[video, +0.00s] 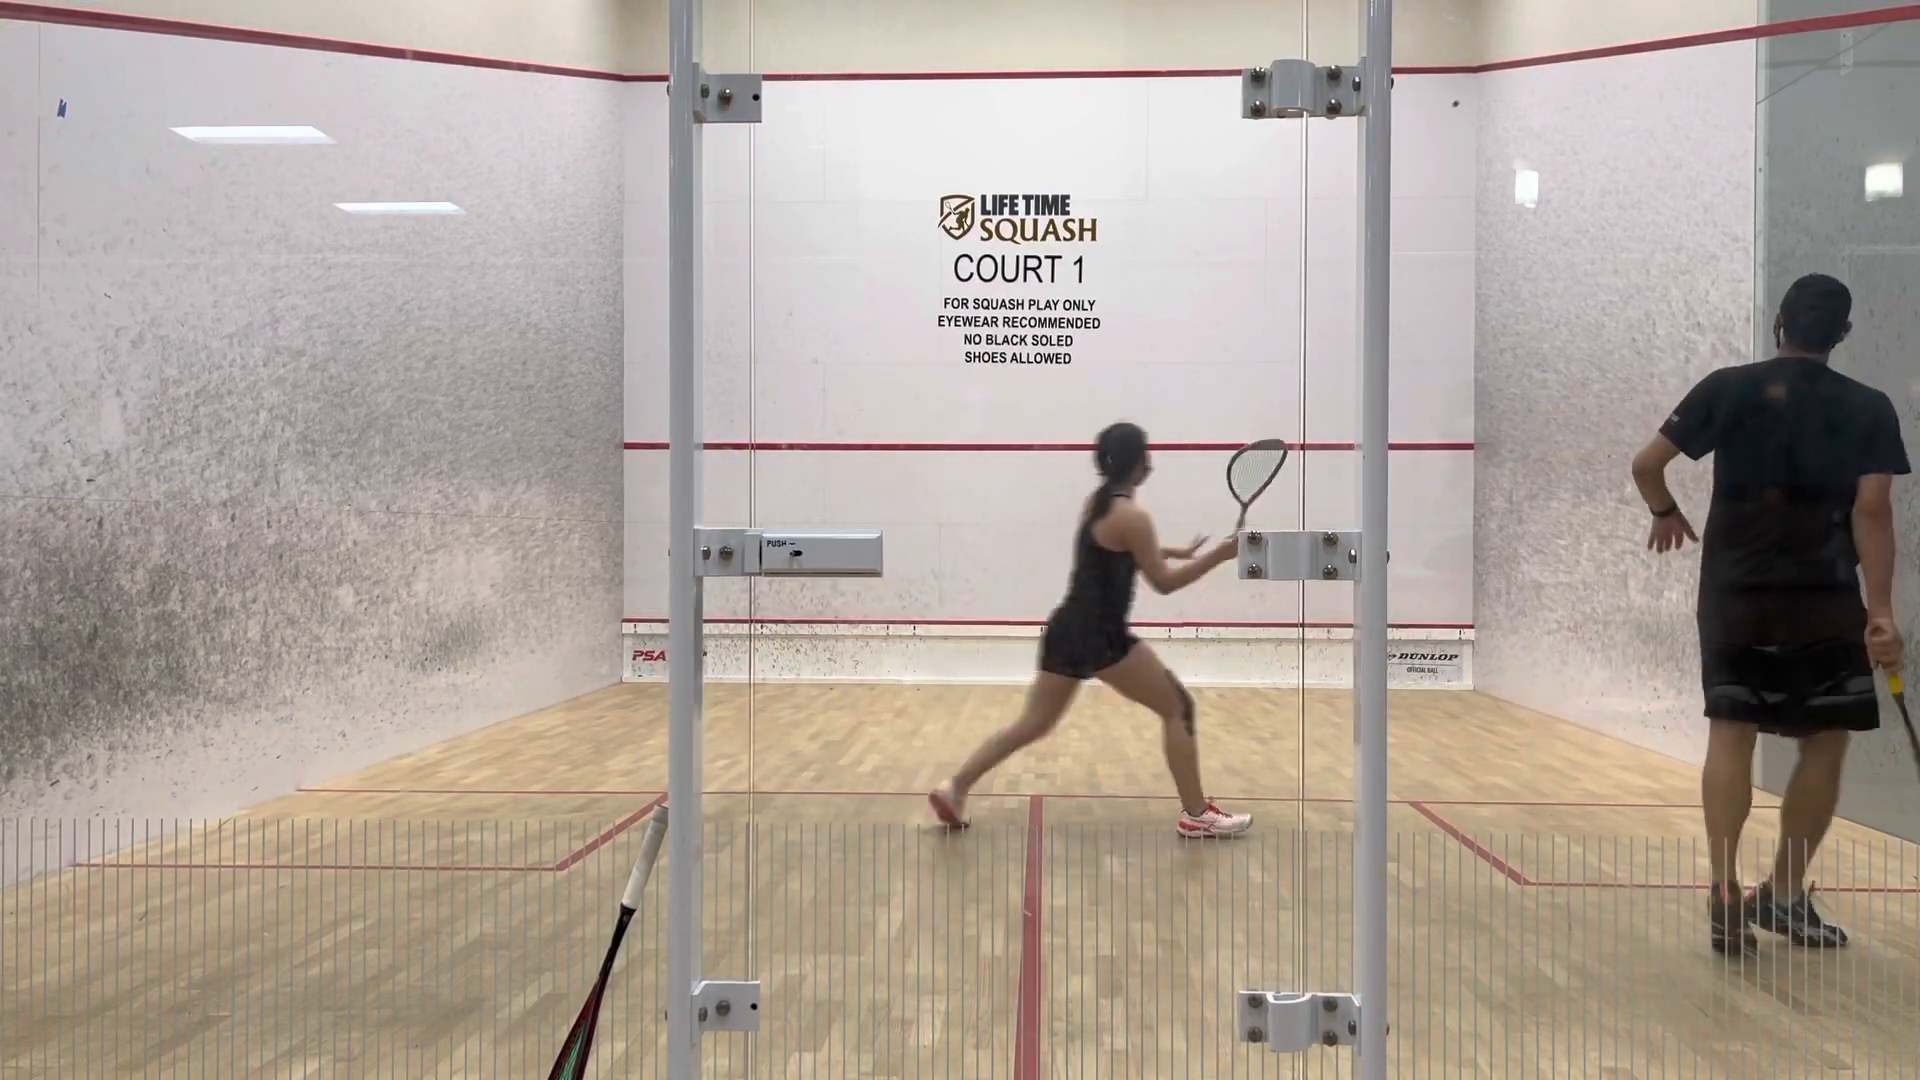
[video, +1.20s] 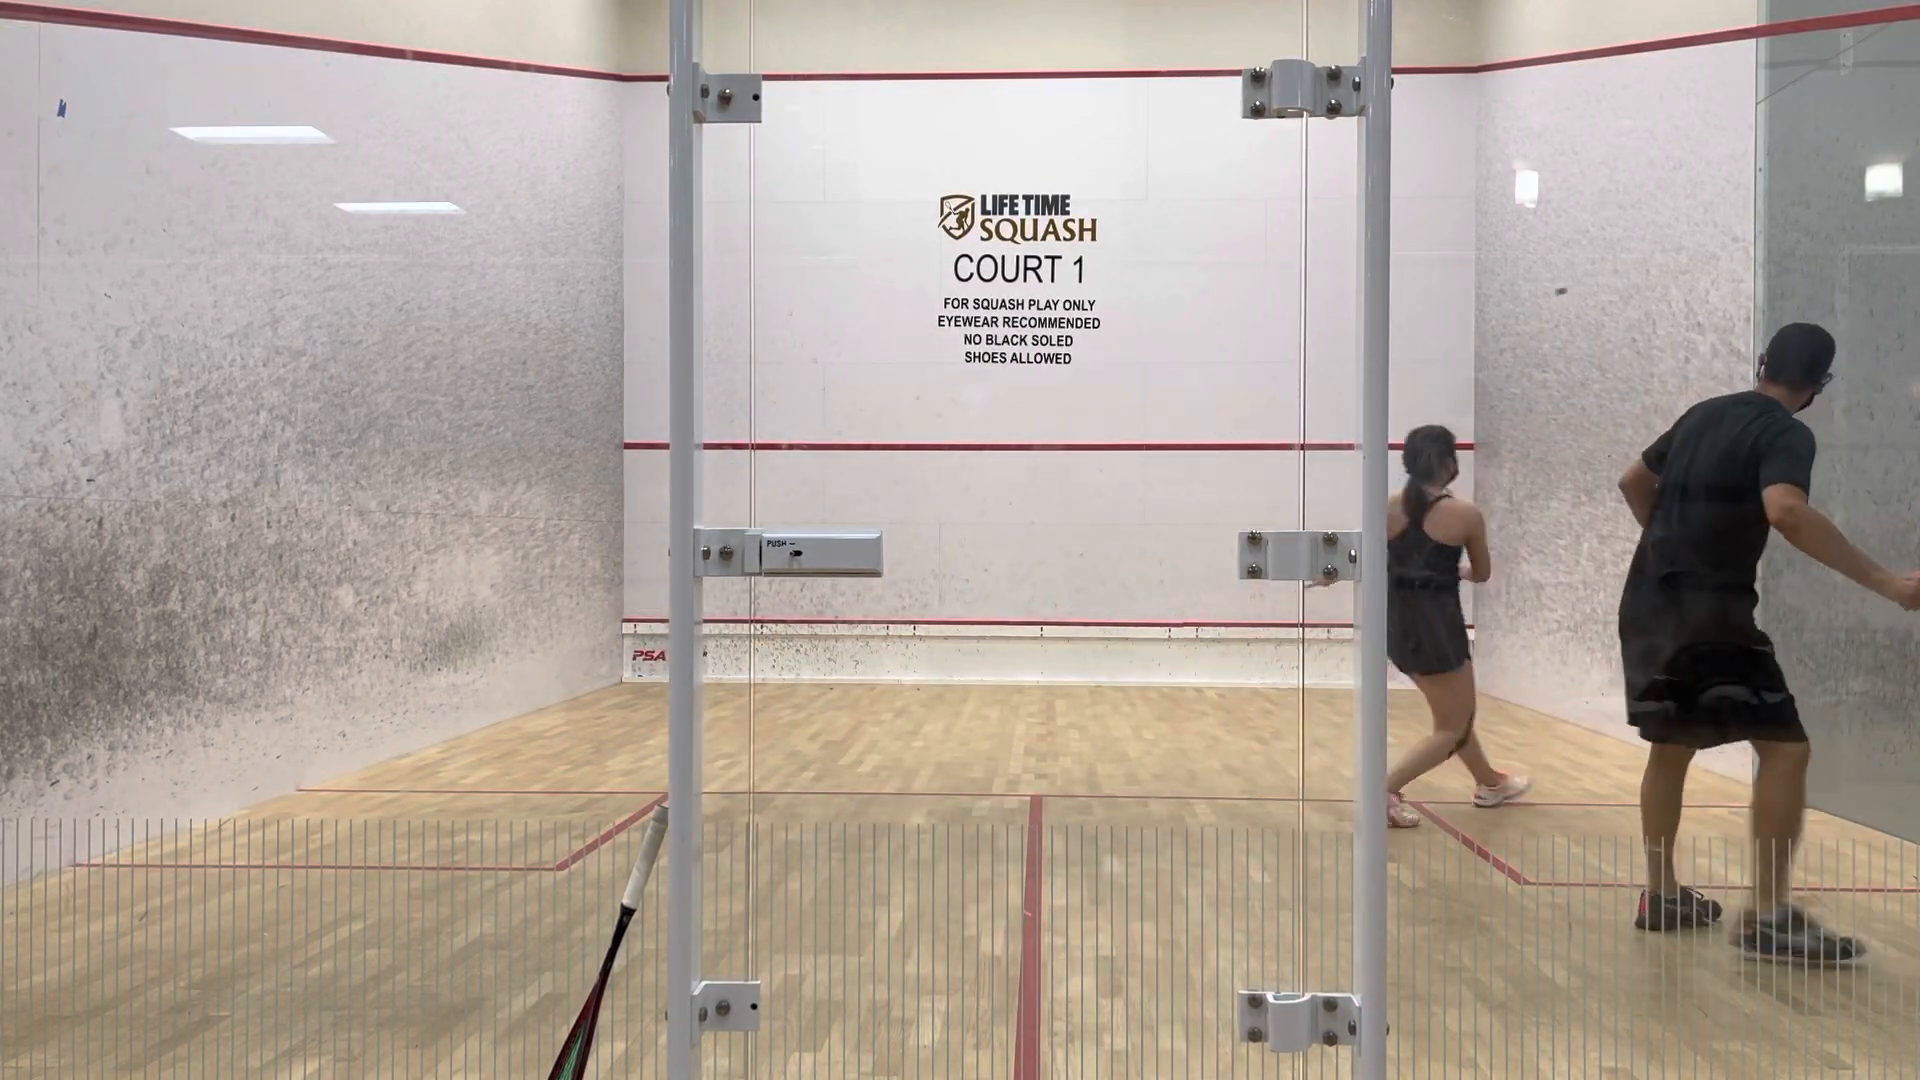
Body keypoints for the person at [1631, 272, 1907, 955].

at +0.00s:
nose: (1817, 336)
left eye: (1797, 320)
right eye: (1838, 329)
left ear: (1780, 325)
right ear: (1843, 334)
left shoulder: (1727, 387)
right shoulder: (1868, 407)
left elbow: (1646, 463)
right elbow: (1872, 509)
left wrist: (1664, 508)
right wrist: (1880, 611)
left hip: (1731, 607)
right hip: (1822, 612)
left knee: (1730, 736)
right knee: (1824, 745)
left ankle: (1723, 893)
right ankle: (1787, 893)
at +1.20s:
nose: (1819, 392)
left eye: (1818, 382)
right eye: (1821, 383)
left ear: (1761, 366)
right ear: (1816, 385)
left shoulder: (1702, 413)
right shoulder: (1786, 433)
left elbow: (1636, 482)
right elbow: (1785, 509)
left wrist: (1677, 548)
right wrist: (1885, 581)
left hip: (1648, 617)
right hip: (1715, 619)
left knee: (1671, 745)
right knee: (1784, 749)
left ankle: (1660, 893)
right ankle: (1769, 912)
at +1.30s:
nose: (1813, 389)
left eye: (1809, 378)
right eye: (1815, 380)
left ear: (1752, 367)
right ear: (1810, 384)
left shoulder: (1695, 412)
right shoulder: (1779, 430)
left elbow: (1627, 479)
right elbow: (1776, 509)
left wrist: (1660, 546)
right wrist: (1878, 573)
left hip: (1643, 613)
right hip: (1704, 616)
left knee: (1665, 746)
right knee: (1759, 755)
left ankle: (1658, 888)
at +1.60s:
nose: (1833, 393)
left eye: (1833, 382)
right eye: (1835, 383)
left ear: (1773, 366)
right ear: (1823, 383)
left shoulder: (1719, 418)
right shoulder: (1775, 432)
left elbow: (1649, 501)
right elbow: (1750, 521)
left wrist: (1688, 573)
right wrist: (1843, 600)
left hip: (1676, 614)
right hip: (1701, 623)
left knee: (1765, 734)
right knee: (1667, 763)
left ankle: (1708, 882)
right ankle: (1570, 898)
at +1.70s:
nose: (1872, 398)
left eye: (1876, 386)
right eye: (1873, 385)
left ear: (1819, 368)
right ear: (1849, 378)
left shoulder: (1746, 412)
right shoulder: (1797, 424)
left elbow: (1678, 492)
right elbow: (1761, 509)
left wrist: (1714, 566)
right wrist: (1844, 583)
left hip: (1700, 611)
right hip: (1718, 620)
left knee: (1787, 733)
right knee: (1676, 759)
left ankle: (1795, 897)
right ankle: (1576, 894)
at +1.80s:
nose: (1906, 414)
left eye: (1912, 403)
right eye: (1907, 399)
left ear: (1868, 376)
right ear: (1879, 378)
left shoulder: (1795, 420)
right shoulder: (1824, 429)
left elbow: (1716, 500)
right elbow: (1782, 506)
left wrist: (1783, 593)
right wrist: (1867, 568)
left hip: (1739, 621)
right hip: (1739, 626)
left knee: (1813, 752)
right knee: (1687, 766)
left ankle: (1870, 909)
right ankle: (1580, 890)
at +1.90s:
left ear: (1905, 392)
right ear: (1912, 391)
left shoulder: (1866, 451)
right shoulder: (1856, 441)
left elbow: (1800, 544)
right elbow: (1801, 506)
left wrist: (1835, 622)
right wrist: (1884, 551)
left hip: (1800, 636)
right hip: (1766, 635)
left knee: (1859, 762)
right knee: (1744, 783)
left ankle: (1890, 919)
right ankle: (1601, 881)